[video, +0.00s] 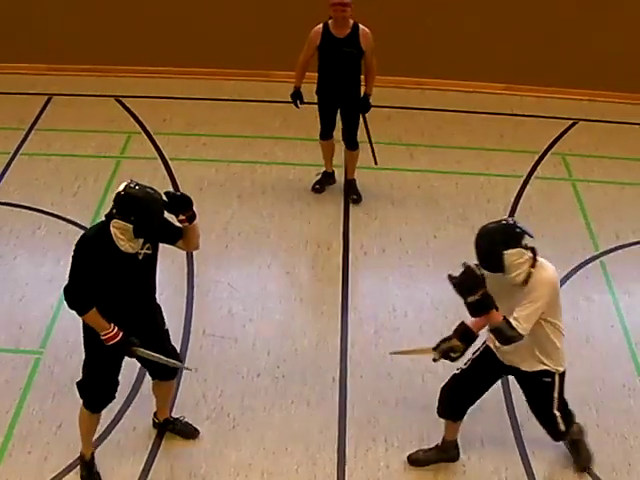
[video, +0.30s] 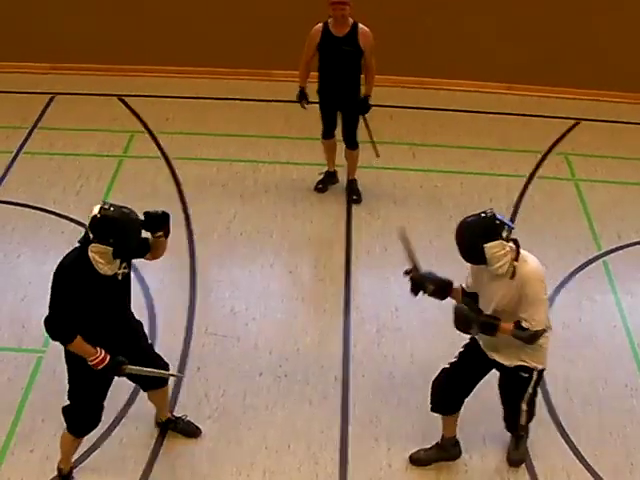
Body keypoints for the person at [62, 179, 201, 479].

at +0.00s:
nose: (149, 233)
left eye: (151, 227)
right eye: (145, 227)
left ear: (151, 220)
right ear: (128, 222)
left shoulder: (150, 226)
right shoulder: (91, 244)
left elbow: (190, 243)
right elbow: (76, 297)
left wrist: (188, 218)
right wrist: (110, 333)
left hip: (145, 314)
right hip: (104, 325)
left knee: (167, 366)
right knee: (97, 393)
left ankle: (163, 419)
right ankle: (86, 456)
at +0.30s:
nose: (129, 251)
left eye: (131, 245)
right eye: (125, 246)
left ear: (123, 241)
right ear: (107, 242)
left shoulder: (120, 249)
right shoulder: (71, 270)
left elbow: (154, 253)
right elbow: (56, 326)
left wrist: (159, 233)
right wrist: (98, 357)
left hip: (124, 333)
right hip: (87, 349)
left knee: (156, 374)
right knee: (83, 418)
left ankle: (164, 417)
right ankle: (64, 469)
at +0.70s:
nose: (131, 260)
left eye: (130, 257)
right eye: (127, 257)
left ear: (123, 252)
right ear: (110, 255)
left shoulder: (116, 254)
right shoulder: (72, 284)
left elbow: (136, 247)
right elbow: (60, 347)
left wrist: (150, 242)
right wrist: (101, 375)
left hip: (120, 343)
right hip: (86, 358)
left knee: (152, 396)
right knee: (92, 423)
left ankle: (140, 460)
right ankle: (87, 466)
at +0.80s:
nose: (136, 258)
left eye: (139, 252)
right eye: (133, 252)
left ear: (141, 244)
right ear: (120, 244)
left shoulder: (139, 243)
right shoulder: (89, 272)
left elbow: (174, 238)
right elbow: (78, 336)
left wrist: (174, 221)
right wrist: (116, 364)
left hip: (137, 332)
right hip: (103, 346)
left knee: (167, 387)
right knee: (110, 421)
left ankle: (155, 449)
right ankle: (99, 453)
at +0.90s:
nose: (152, 246)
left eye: (150, 242)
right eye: (147, 243)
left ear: (144, 238)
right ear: (130, 239)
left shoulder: (140, 240)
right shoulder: (91, 268)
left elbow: (176, 234)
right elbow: (79, 332)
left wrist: (176, 219)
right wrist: (116, 358)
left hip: (138, 329)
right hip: (103, 345)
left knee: (170, 384)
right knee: (109, 422)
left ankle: (157, 443)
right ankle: (88, 454)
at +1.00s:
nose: (138, 243)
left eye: (139, 238)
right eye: (135, 238)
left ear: (137, 232)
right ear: (121, 233)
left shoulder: (134, 234)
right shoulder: (87, 262)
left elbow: (169, 225)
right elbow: (75, 326)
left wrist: (170, 213)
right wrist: (115, 352)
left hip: (135, 324)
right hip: (100, 340)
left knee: (169, 377)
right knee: (99, 418)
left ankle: (158, 433)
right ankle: (72, 459)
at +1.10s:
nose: (141, 235)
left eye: (140, 231)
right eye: (138, 230)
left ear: (133, 226)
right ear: (123, 229)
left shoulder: (129, 230)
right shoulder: (85, 260)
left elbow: (161, 217)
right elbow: (73, 323)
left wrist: (166, 207)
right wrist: (112, 349)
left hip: (133, 318)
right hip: (100, 337)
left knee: (171, 369)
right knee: (94, 410)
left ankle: (164, 426)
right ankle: (63, 456)